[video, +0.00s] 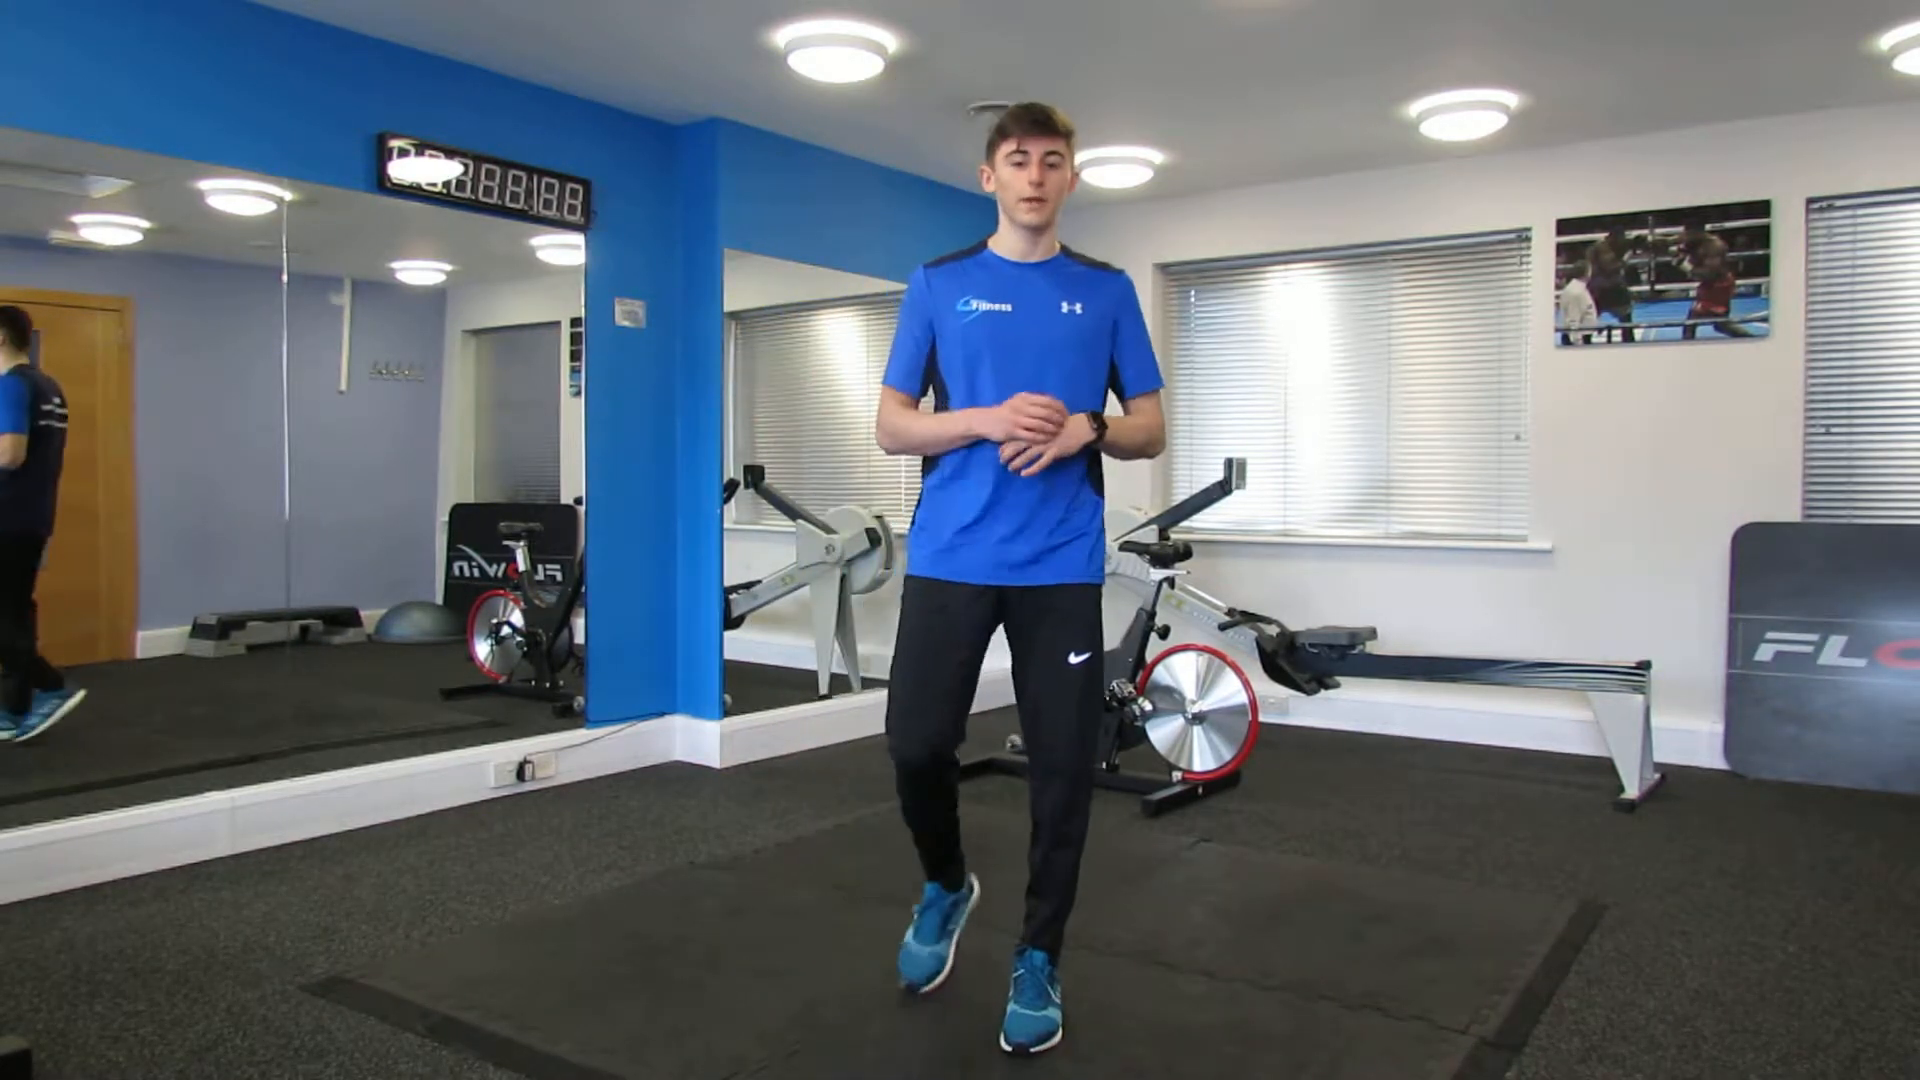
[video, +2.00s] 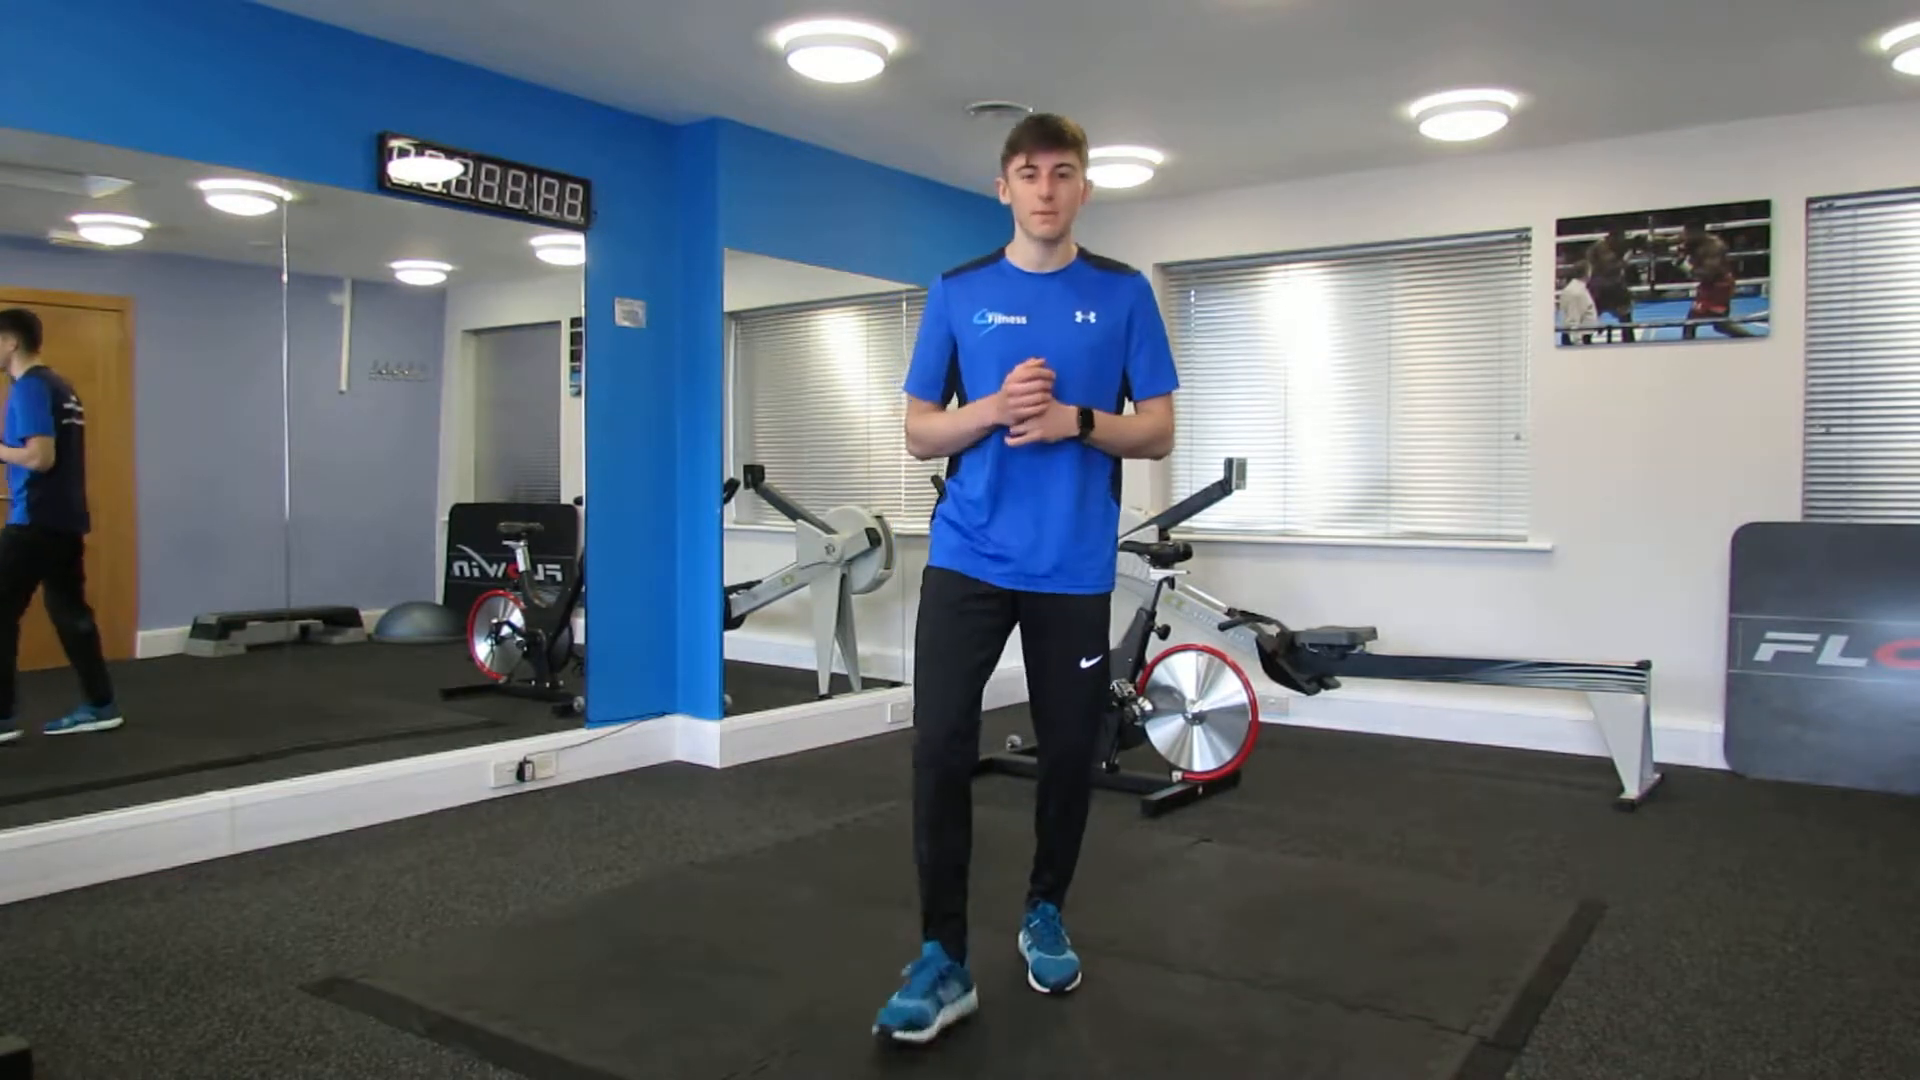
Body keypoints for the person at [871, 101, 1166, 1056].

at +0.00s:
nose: (1036, 175)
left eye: (1052, 163)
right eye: (1020, 161)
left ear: (1073, 181)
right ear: (989, 178)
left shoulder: (1106, 290)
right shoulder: (937, 284)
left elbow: (1148, 430)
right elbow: (892, 425)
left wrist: (1090, 430)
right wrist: (983, 421)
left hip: (1060, 561)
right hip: (949, 556)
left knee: (1062, 767)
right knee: (917, 746)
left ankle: (1039, 956)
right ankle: (946, 886)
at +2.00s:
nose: (1047, 187)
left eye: (1063, 173)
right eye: (1031, 173)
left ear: (1086, 189)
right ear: (1004, 188)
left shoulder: (1125, 295)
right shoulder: (955, 293)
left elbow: (1157, 431)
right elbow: (920, 434)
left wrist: (1079, 422)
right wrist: (995, 408)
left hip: (1073, 568)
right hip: (967, 560)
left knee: (1071, 753)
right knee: (939, 748)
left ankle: (1045, 912)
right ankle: (943, 954)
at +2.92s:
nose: (973, 134)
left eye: (992, 114)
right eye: (955, 121)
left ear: (1032, 126)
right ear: (937, 141)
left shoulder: (1099, 243)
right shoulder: (914, 271)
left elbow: (1147, 413)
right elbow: (881, 441)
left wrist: (1006, 407)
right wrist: (904, 402)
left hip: (1041, 571)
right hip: (928, 570)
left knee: (1044, 799)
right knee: (915, 792)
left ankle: (1160, 991)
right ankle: (936, 1004)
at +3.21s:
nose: (1006, 136)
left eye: (1024, 108)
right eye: (994, 122)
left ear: (1085, 110)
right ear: (992, 142)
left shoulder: (1162, 233)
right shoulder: (1017, 266)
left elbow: (1224, 410)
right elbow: (1024, 432)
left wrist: (1055, 428)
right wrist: (958, 391)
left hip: (1122, 593)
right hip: (1019, 586)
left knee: (1141, 827)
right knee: (969, 800)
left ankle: (1210, 1044)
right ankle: (960, 1007)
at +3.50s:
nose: (1037, 139)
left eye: (1052, 113)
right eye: (1033, 120)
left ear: (1119, 110)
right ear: (1089, 123)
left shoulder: (1205, 228)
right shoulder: (1093, 247)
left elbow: (1255, 408)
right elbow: (1133, 400)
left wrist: (1088, 429)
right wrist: (1053, 389)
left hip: (1194, 583)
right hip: (1110, 574)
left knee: (1192, 815)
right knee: (1090, 792)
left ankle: (1219, 1039)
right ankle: (1044, 990)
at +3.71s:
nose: (1078, 147)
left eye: (1093, 122)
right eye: (1072, 129)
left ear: (1159, 116)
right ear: (1101, 134)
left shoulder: (1235, 231)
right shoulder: (1122, 251)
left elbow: (1250, 419)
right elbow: (1143, 405)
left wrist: (1093, 410)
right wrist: (1083, 373)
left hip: (1219, 580)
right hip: (1138, 570)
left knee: (1211, 812)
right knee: (1125, 759)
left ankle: (1228, 1041)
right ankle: (1186, 948)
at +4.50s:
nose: (1187, 196)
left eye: (1203, 182)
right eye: (1171, 183)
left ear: (1230, 196)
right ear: (1150, 200)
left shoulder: (1283, 280)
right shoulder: (1133, 318)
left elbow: (1342, 412)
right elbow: (1122, 460)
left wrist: (1215, 408)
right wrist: (1154, 414)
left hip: (1262, 560)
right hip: (1171, 566)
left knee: (1268, 751)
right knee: (1194, 757)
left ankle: (1308, 911)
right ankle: (1238, 935)